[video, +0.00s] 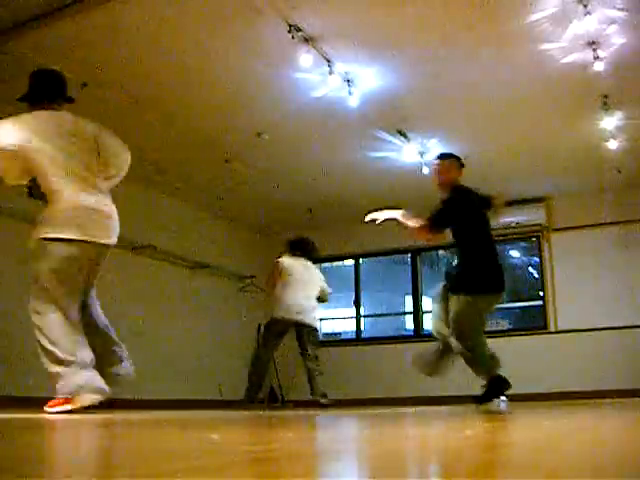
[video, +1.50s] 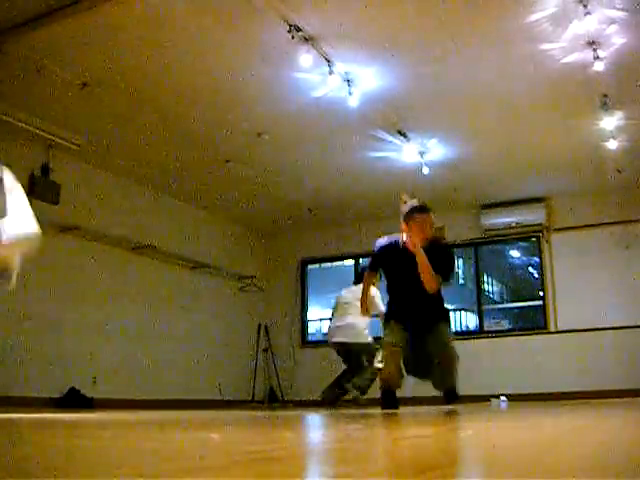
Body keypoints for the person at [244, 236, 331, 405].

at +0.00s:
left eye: (288, 249)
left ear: (290, 249)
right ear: (311, 253)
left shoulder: (282, 262)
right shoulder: (314, 271)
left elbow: (270, 285)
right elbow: (325, 296)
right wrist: (308, 294)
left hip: (282, 312)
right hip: (307, 315)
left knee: (264, 352)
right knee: (311, 355)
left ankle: (253, 394)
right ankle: (319, 395)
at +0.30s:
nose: (299, 247)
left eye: (301, 243)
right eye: (295, 244)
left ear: (304, 246)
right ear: (288, 248)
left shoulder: (314, 267)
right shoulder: (281, 270)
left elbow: (327, 289)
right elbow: (268, 287)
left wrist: (315, 299)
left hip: (313, 319)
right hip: (289, 322)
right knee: (287, 363)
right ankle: (291, 398)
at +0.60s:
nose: (325, 254)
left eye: (326, 251)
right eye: (322, 251)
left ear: (326, 255)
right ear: (313, 254)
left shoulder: (327, 278)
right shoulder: (302, 273)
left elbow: (329, 302)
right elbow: (287, 289)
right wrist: (293, 294)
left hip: (326, 326)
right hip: (308, 325)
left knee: (344, 363)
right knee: (303, 362)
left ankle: (350, 396)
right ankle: (284, 395)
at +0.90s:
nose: (351, 272)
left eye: (351, 268)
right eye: (348, 268)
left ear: (343, 270)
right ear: (340, 270)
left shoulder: (341, 286)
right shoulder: (328, 282)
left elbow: (343, 301)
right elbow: (322, 292)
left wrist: (353, 303)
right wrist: (343, 298)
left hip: (334, 331)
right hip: (320, 331)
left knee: (358, 355)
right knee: (351, 354)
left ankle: (340, 392)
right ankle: (326, 390)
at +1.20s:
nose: (374, 329)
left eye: (374, 326)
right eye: (372, 326)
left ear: (357, 327)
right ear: (368, 327)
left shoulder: (348, 337)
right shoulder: (370, 341)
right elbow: (370, 365)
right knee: (365, 371)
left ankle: (332, 397)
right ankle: (350, 398)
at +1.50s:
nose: (377, 282)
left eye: (377, 279)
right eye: (376, 279)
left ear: (357, 279)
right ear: (370, 278)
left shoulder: (343, 292)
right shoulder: (371, 291)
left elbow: (334, 315)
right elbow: (381, 311)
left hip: (336, 334)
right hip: (357, 334)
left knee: (353, 367)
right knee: (373, 362)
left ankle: (329, 395)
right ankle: (356, 389)